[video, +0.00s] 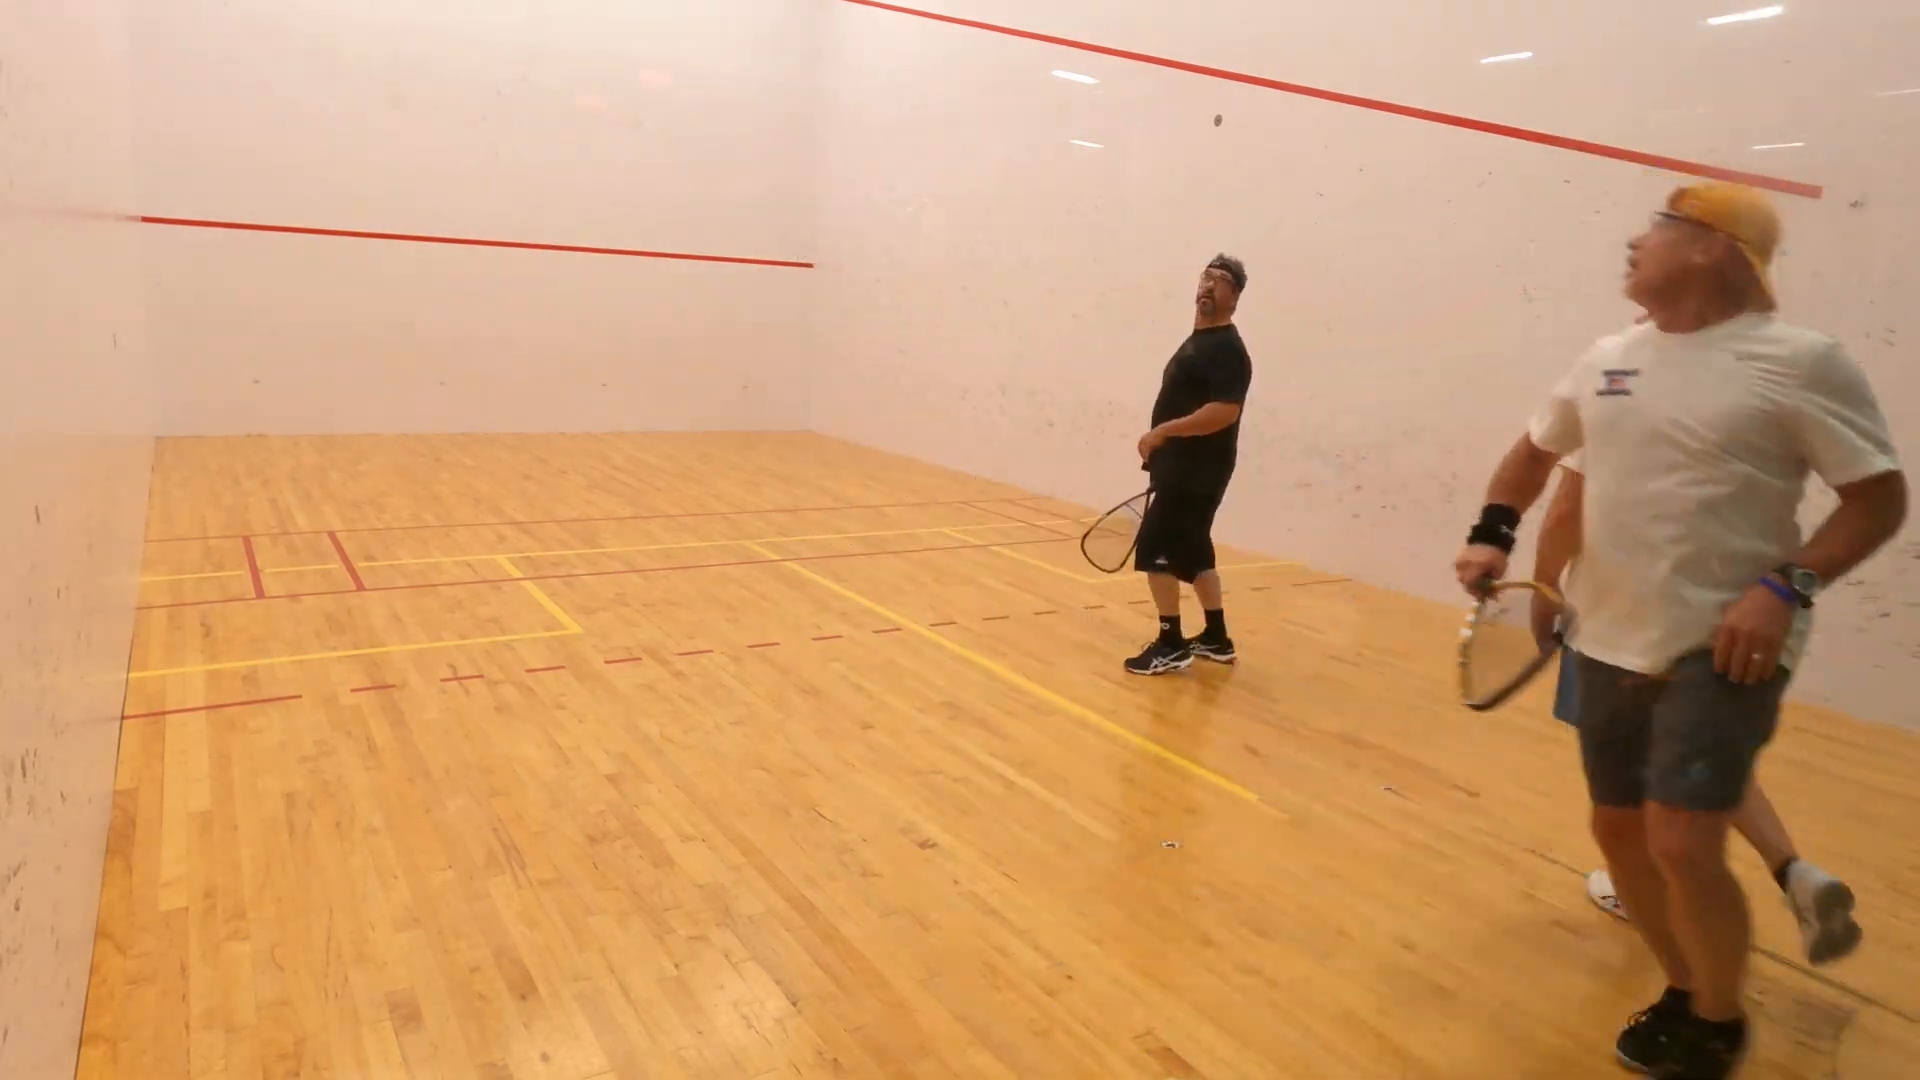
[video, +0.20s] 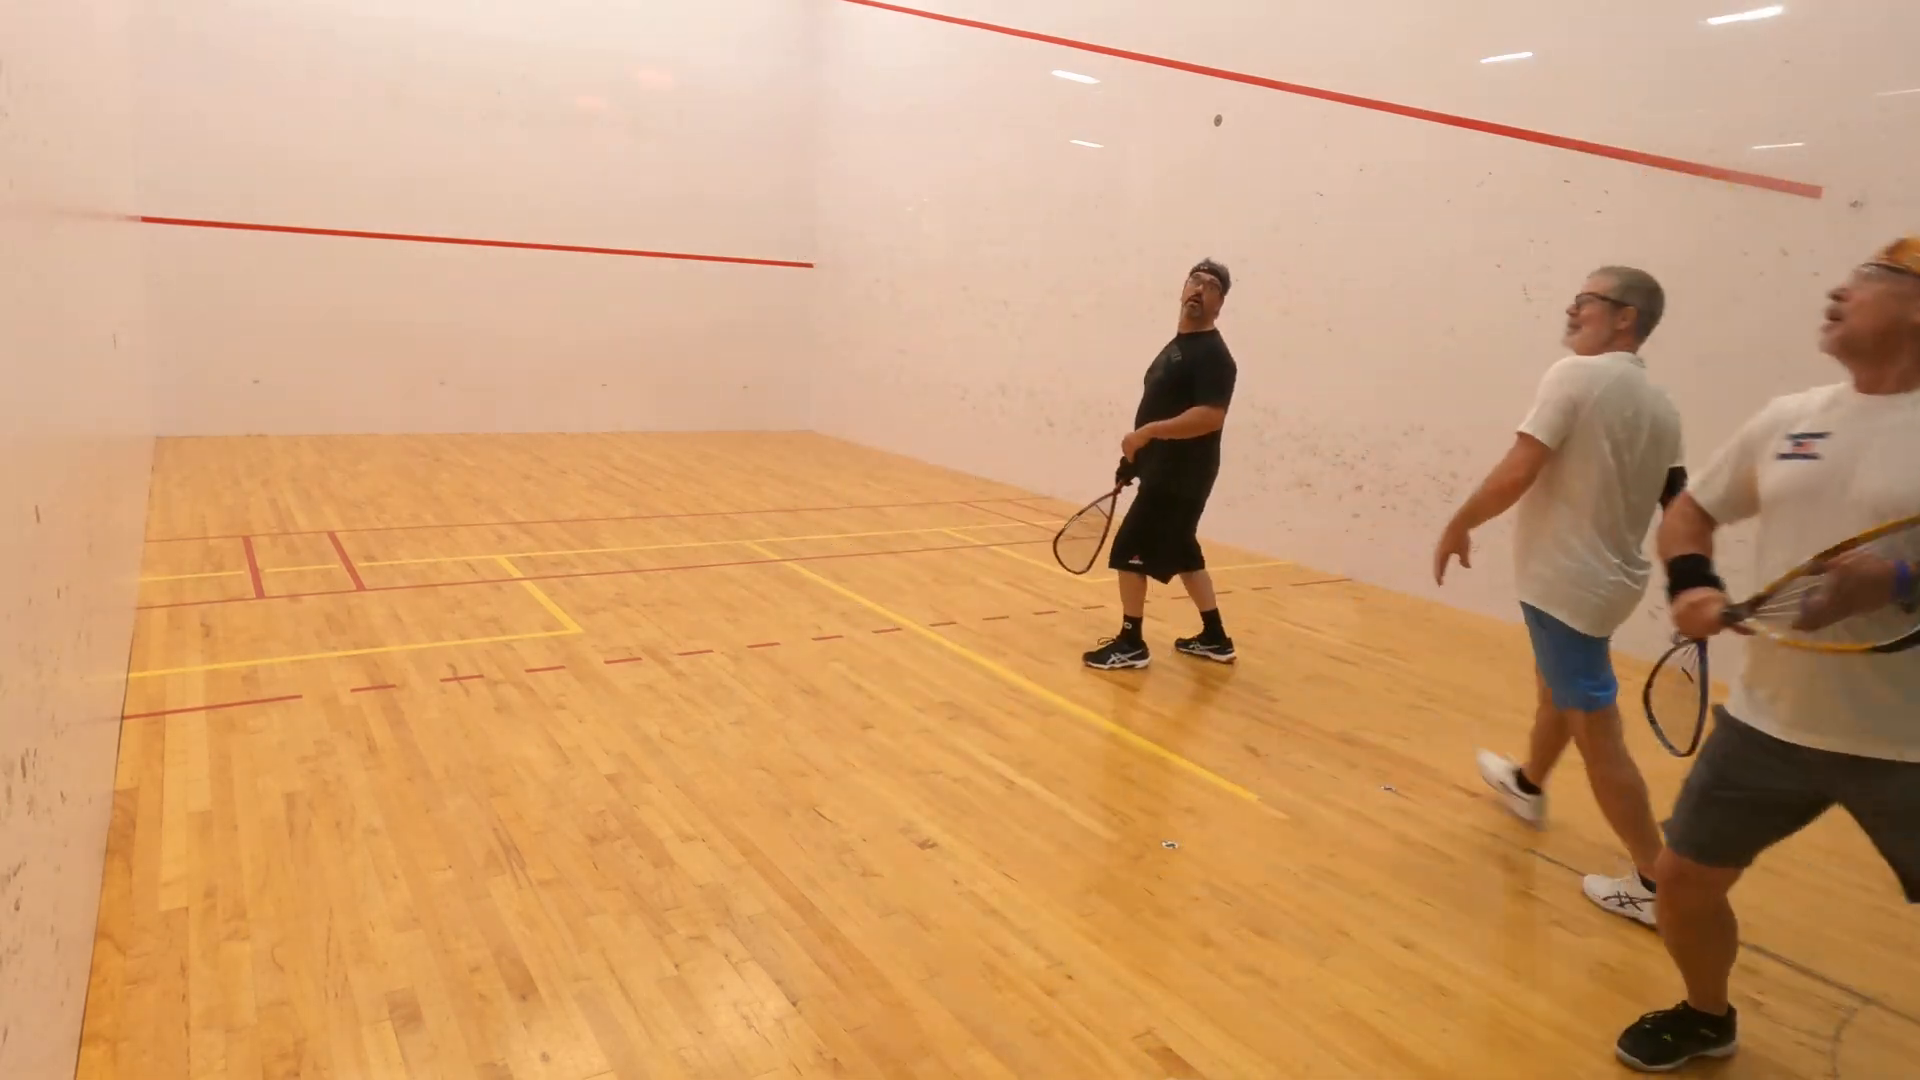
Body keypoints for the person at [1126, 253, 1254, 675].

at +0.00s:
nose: (1207, 287)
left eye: (1219, 284)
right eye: (1205, 280)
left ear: (1235, 299)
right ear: (1198, 286)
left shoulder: (1228, 349)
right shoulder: (1200, 339)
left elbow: (1225, 411)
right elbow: (1186, 403)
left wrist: (1162, 432)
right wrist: (1159, 449)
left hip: (1197, 465)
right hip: (1185, 461)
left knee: (1155, 548)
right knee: (1193, 545)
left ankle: (1170, 642)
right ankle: (1216, 636)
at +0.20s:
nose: (1198, 290)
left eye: (1210, 288)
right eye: (1195, 282)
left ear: (1220, 304)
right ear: (1182, 290)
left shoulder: (1214, 355)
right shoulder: (1178, 346)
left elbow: (1210, 417)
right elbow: (1159, 410)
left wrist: (1147, 432)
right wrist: (1134, 460)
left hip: (1182, 472)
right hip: (1167, 467)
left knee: (1129, 549)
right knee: (1181, 547)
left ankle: (1130, 642)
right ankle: (1215, 635)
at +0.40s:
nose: (1175, 293)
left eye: (1185, 291)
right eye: (1169, 285)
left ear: (1193, 307)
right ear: (1155, 293)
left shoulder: (1189, 359)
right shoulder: (1150, 349)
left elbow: (1182, 420)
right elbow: (1133, 413)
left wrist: (1116, 432)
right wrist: (1106, 459)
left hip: (1159, 478)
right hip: (1137, 472)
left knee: (1115, 551)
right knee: (1145, 548)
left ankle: (1130, 643)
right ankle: (1203, 619)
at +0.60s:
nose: (1144, 291)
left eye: (1154, 287)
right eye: (1139, 282)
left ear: (1165, 301)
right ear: (1126, 290)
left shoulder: (1160, 354)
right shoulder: (1125, 344)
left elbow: (1153, 417)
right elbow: (1113, 408)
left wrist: (1090, 432)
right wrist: (1094, 455)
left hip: (1140, 474)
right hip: (1118, 467)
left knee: (1112, 550)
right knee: (1103, 536)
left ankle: (1129, 644)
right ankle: (1140, 603)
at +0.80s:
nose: (1108, 290)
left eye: (1120, 286)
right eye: (1106, 281)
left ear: (1137, 299)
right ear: (1098, 288)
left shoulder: (1132, 351)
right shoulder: (1103, 339)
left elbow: (1126, 415)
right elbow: (1093, 404)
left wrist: (1068, 433)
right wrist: (1079, 458)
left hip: (1119, 468)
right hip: (1095, 462)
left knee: (1105, 554)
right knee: (1076, 531)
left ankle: (1130, 642)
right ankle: (1076, 604)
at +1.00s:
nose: (1070, 284)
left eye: (1079, 280)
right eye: (1075, 278)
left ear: (1099, 292)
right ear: (1098, 293)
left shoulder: (1106, 348)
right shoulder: (1090, 336)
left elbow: (1101, 414)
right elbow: (1085, 402)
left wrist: (1051, 431)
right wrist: (1055, 436)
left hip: (1094, 463)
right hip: (1077, 457)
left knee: (1072, 540)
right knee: (1062, 530)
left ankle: (1117, 625)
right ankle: (1074, 603)